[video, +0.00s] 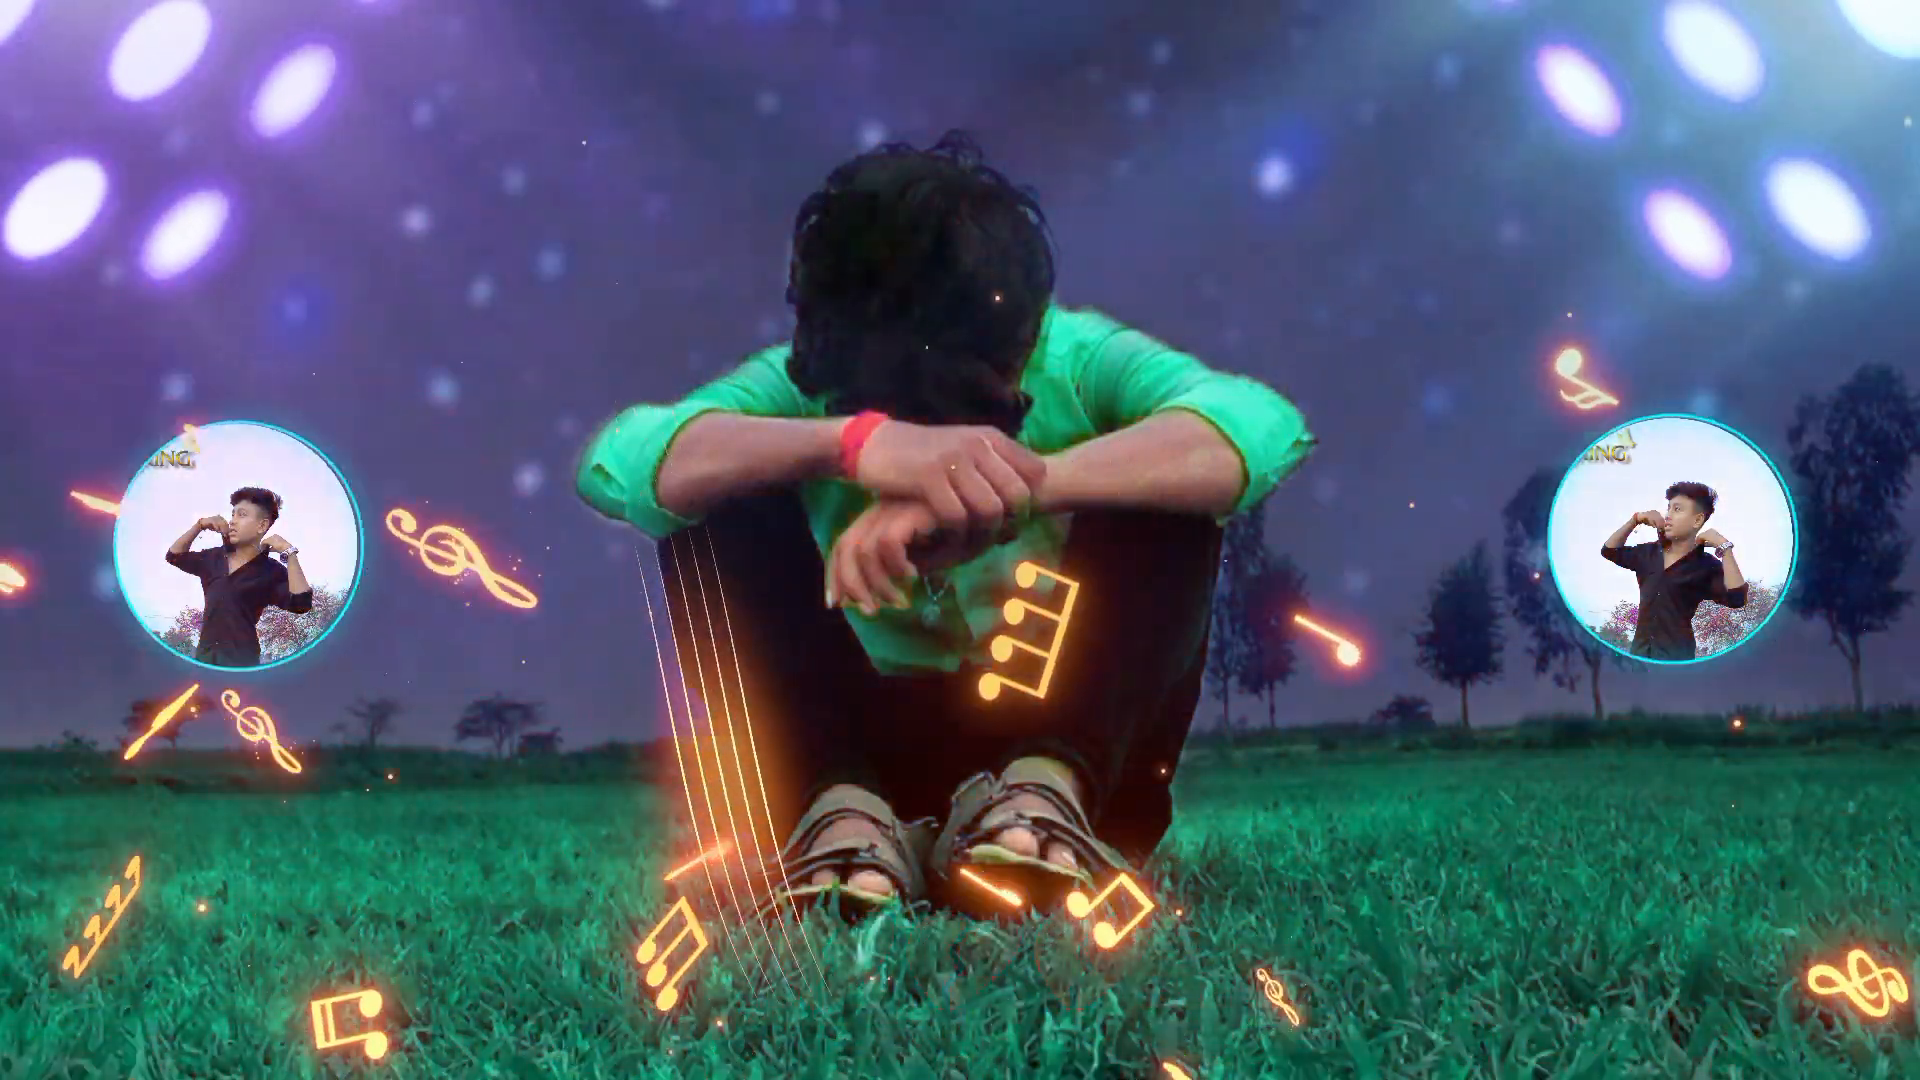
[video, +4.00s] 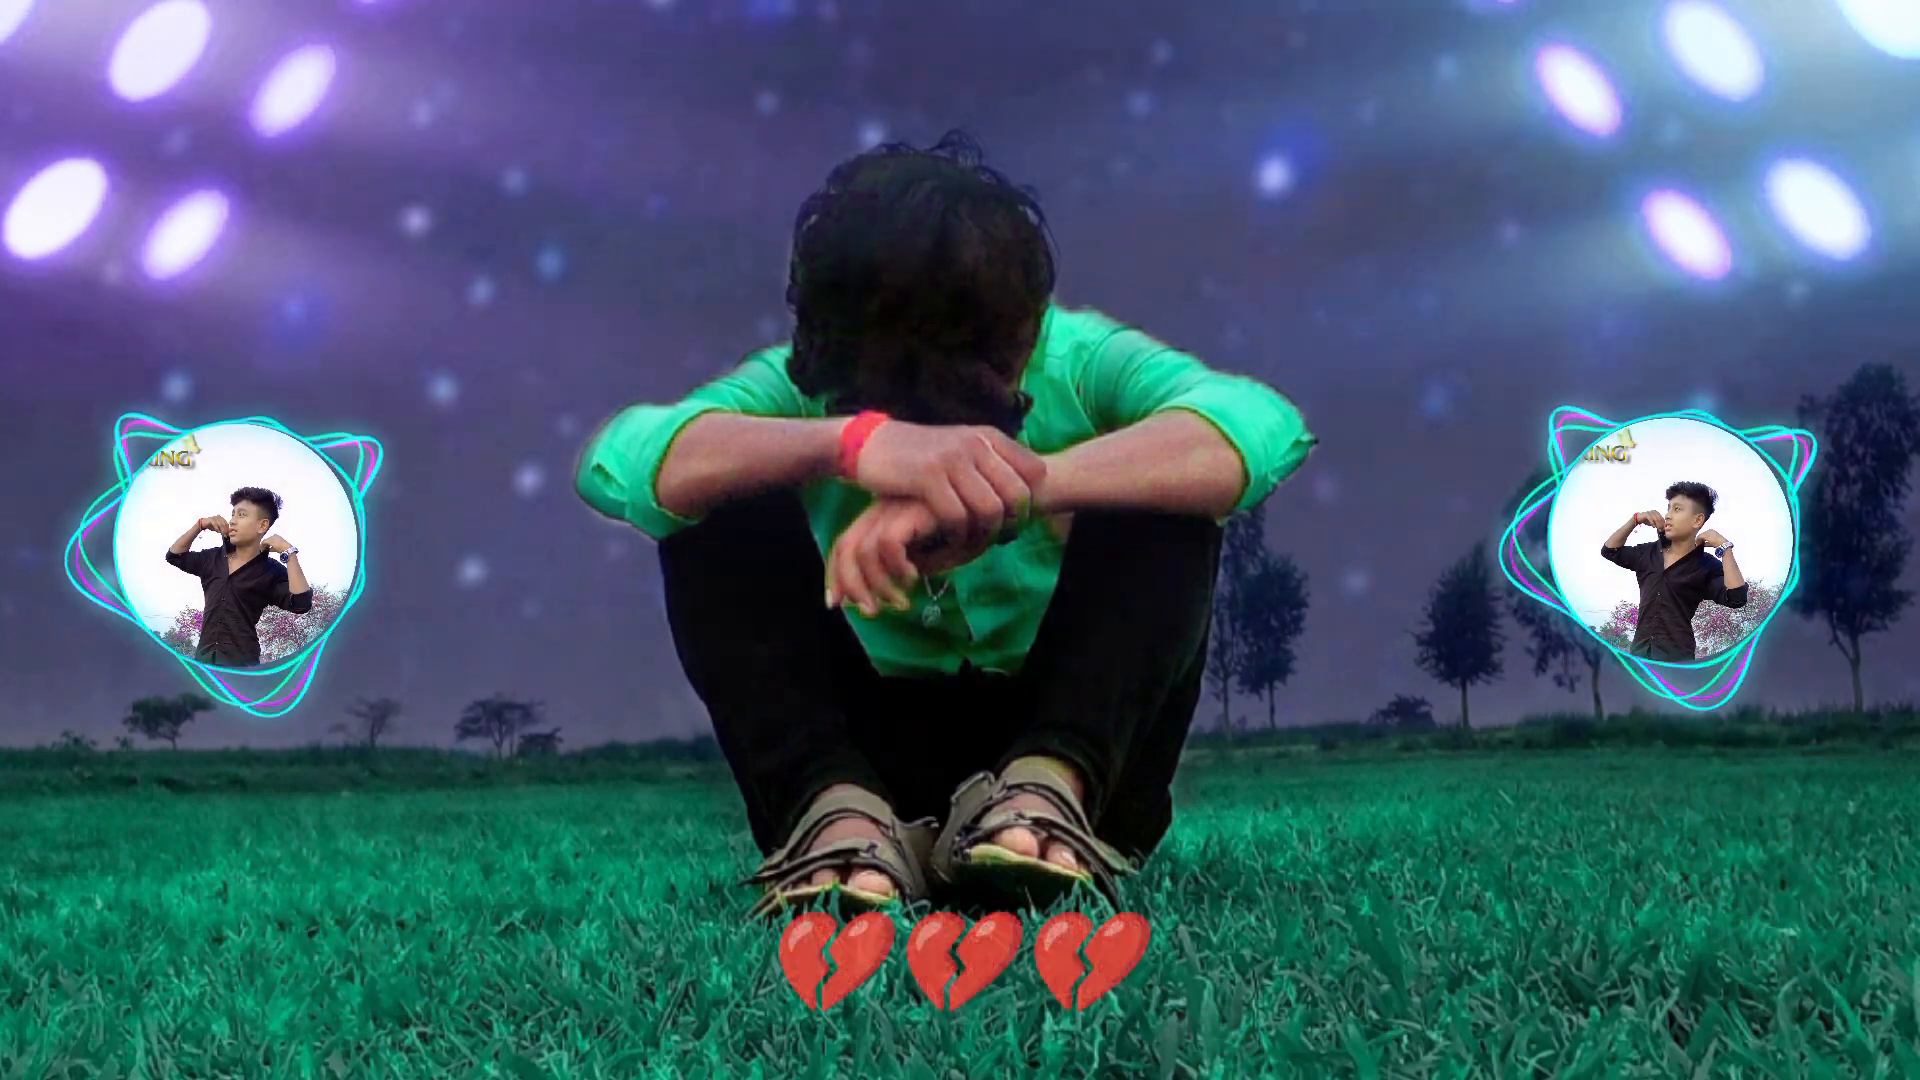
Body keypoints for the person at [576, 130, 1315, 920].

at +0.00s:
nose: (932, 443)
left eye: (967, 405)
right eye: (892, 404)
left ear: (1019, 348)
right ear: (826, 359)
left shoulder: (1073, 353)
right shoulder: (795, 382)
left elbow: (1264, 430)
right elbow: (610, 466)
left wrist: (988, 493)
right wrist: (853, 445)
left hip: (1046, 735)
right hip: (861, 744)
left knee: (1165, 488)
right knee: (715, 504)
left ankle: (1039, 790)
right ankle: (840, 812)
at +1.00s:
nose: (931, 454)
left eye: (968, 411)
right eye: (893, 418)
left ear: (1023, 348)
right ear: (821, 369)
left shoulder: (1076, 355)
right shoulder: (795, 382)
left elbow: (1266, 429)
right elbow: (611, 468)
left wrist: (1000, 492)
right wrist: (852, 446)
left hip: (1059, 749)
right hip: (863, 755)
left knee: (1166, 488)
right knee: (714, 500)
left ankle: (1043, 789)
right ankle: (835, 817)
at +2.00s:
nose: (907, 450)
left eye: (945, 416)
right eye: (866, 408)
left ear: (1019, 358)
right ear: (815, 361)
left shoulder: (1079, 356)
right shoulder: (795, 381)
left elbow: (1265, 429)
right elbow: (612, 467)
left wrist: (999, 491)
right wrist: (852, 446)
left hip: (1059, 746)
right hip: (864, 752)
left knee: (1167, 486)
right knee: (712, 502)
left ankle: (1043, 790)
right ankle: (836, 818)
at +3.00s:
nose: (915, 454)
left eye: (951, 418)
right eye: (878, 415)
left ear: (1019, 356)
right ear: (817, 365)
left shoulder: (1077, 355)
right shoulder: (795, 382)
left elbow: (1265, 429)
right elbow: (611, 467)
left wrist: (1001, 491)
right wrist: (851, 446)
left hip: (1058, 746)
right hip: (863, 751)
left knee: (1165, 487)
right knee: (713, 501)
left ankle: (1044, 789)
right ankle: (835, 816)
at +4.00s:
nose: (934, 435)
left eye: (971, 396)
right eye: (898, 402)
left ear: (1021, 343)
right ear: (828, 361)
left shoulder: (1075, 355)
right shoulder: (795, 383)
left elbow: (1265, 429)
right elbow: (611, 467)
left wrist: (1000, 491)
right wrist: (850, 446)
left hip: (1064, 752)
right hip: (866, 759)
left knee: (1165, 488)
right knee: (714, 505)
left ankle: (1043, 790)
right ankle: (837, 819)